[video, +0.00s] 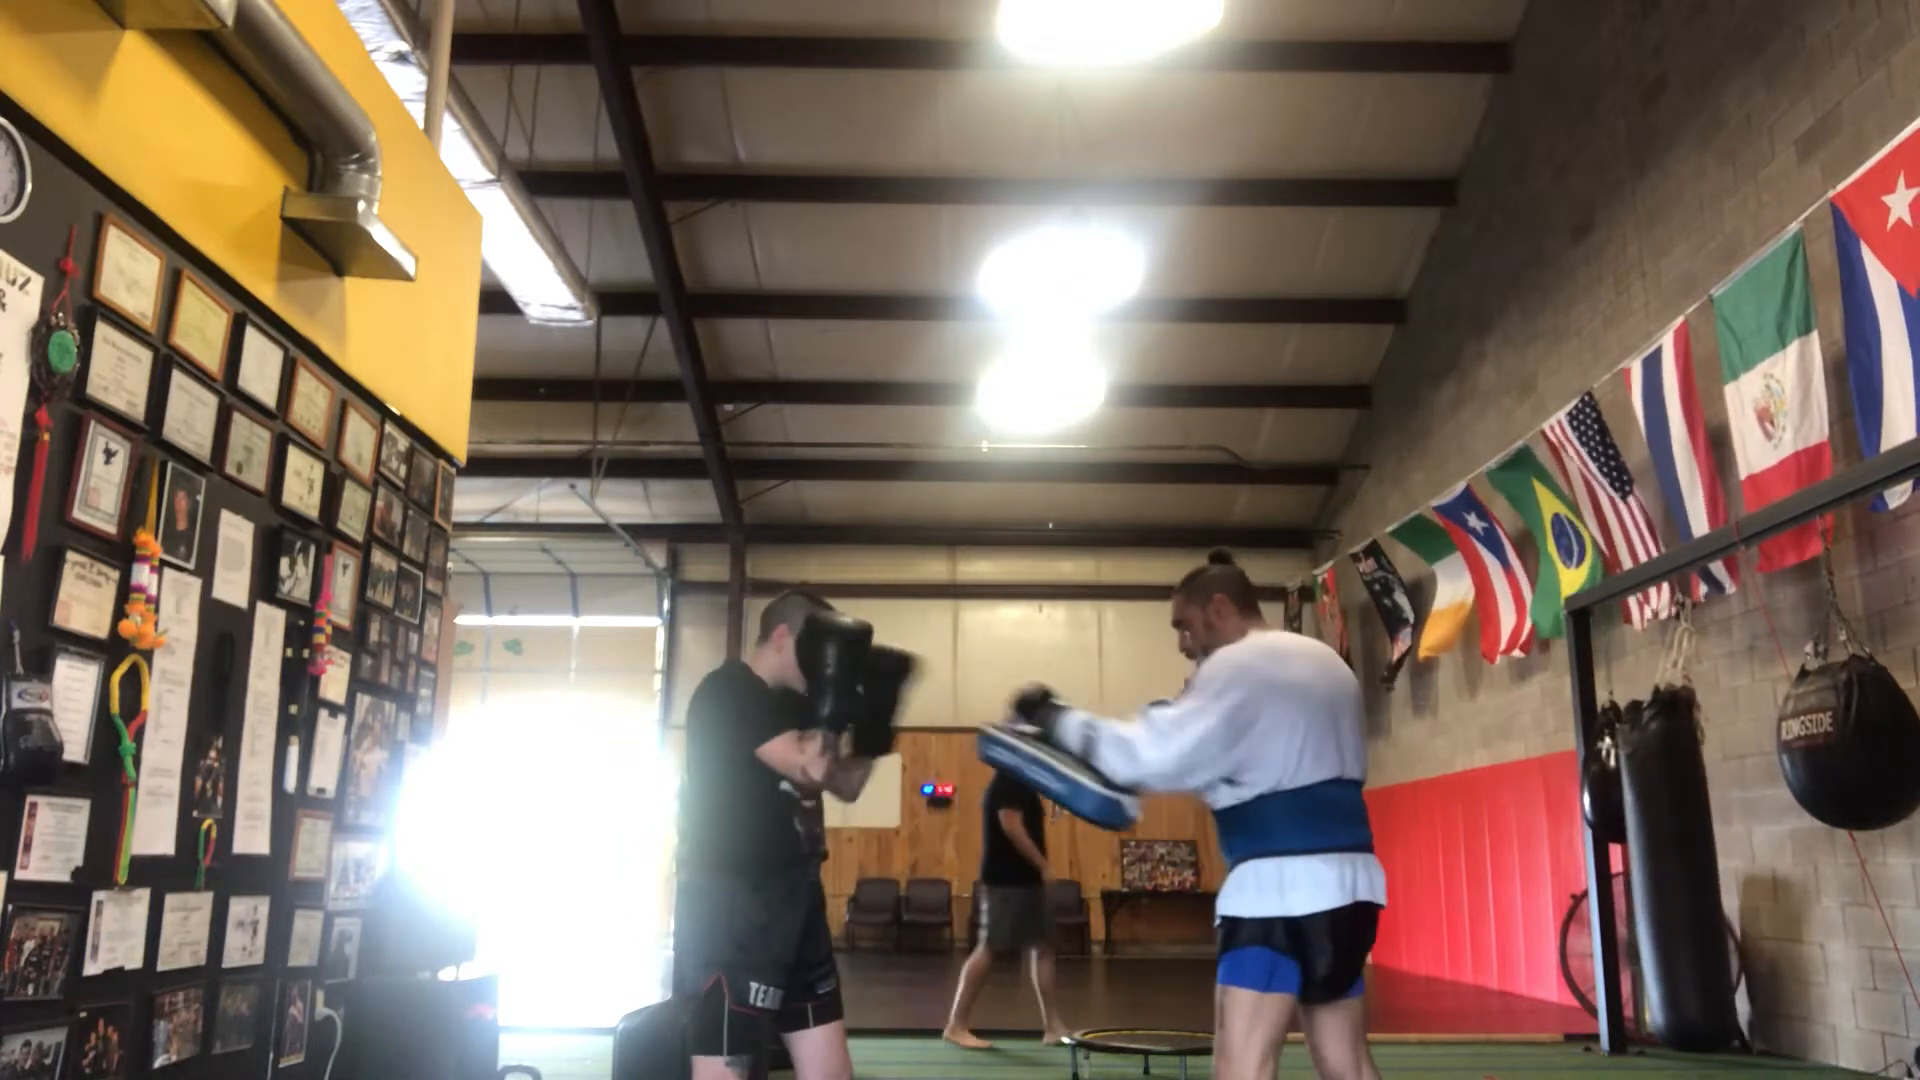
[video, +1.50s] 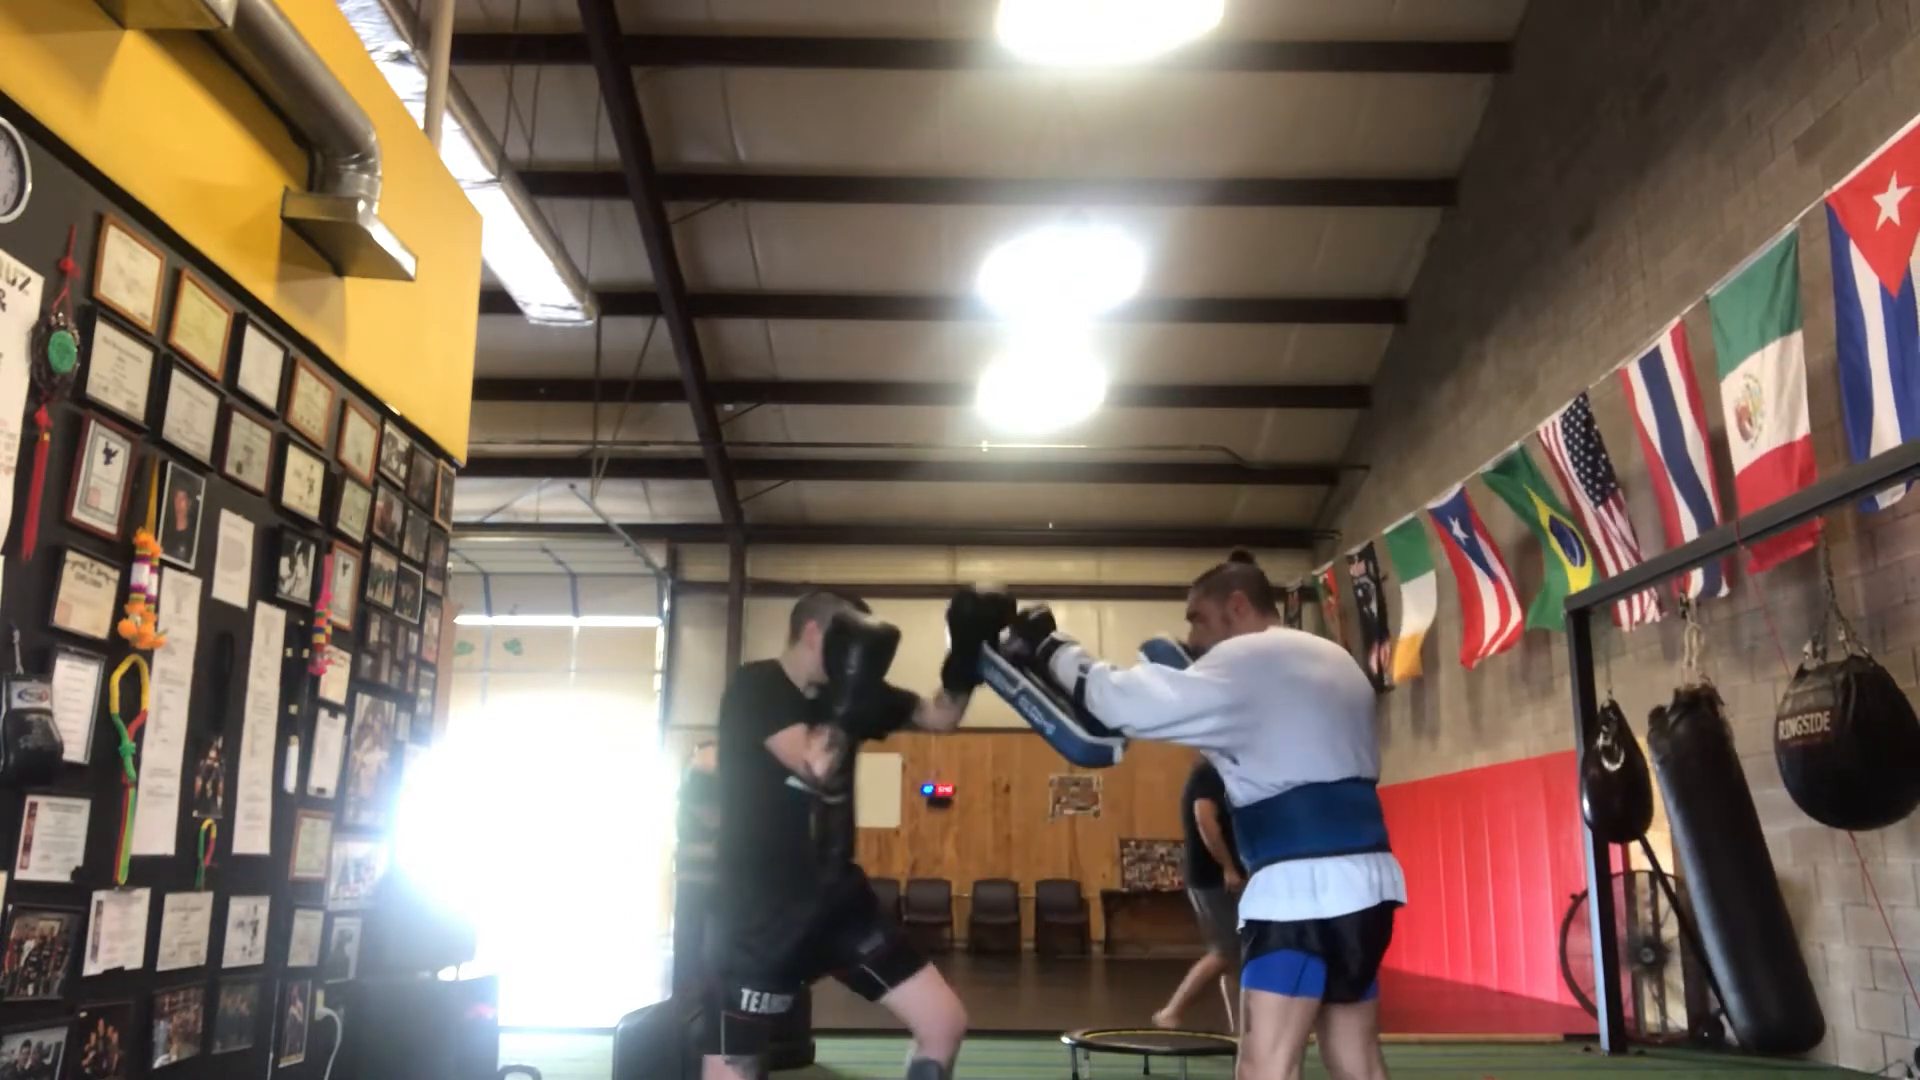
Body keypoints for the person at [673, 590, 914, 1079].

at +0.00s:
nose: (820, 658)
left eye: (825, 646)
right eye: (814, 644)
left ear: (786, 640)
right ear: (783, 637)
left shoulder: (795, 703)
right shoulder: (726, 691)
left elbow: (849, 786)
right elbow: (812, 768)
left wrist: (874, 706)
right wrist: (837, 691)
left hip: (796, 918)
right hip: (731, 918)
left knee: (829, 1070)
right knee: (722, 1071)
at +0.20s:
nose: (825, 656)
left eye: (831, 646)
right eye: (819, 643)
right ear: (787, 633)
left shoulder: (809, 703)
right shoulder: (727, 688)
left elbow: (897, 749)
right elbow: (800, 764)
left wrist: (942, 679)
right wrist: (824, 679)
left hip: (801, 913)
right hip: (729, 913)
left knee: (828, 1069)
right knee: (710, 1069)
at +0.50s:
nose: (823, 662)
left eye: (828, 651)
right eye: (816, 647)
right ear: (782, 636)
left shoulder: (812, 705)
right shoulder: (720, 691)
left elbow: (888, 770)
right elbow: (775, 779)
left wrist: (948, 728)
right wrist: (816, 702)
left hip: (797, 913)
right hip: (724, 915)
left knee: (824, 1070)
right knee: (715, 1070)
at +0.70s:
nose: (812, 670)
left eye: (818, 659)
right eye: (809, 655)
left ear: (775, 643)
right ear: (773, 640)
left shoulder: (783, 710)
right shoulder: (708, 694)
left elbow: (834, 797)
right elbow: (772, 780)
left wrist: (871, 721)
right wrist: (822, 703)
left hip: (786, 907)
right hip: (720, 909)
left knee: (822, 1069)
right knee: (713, 1070)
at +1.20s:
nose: (811, 656)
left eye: (817, 646)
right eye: (806, 643)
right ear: (772, 636)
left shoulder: (790, 702)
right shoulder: (711, 691)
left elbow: (881, 754)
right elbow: (780, 778)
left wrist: (949, 710)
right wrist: (815, 699)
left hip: (784, 904)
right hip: (716, 908)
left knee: (838, 1068)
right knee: (709, 1071)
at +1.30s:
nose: (824, 654)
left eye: (829, 644)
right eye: (817, 641)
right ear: (782, 636)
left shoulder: (810, 698)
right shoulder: (725, 686)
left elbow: (907, 744)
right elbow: (790, 771)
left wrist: (973, 697)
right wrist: (826, 692)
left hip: (795, 900)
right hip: (725, 904)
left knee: (883, 1044)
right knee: (709, 1070)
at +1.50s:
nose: (851, 650)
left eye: (855, 641)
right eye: (843, 639)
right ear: (811, 632)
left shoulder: (847, 695)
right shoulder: (753, 687)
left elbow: (940, 714)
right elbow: (816, 764)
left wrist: (968, 646)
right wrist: (850, 683)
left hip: (834, 898)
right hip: (759, 905)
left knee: (942, 1021)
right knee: (731, 1070)